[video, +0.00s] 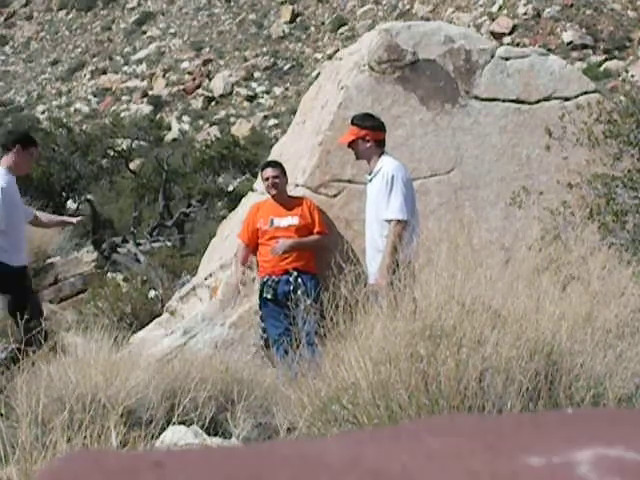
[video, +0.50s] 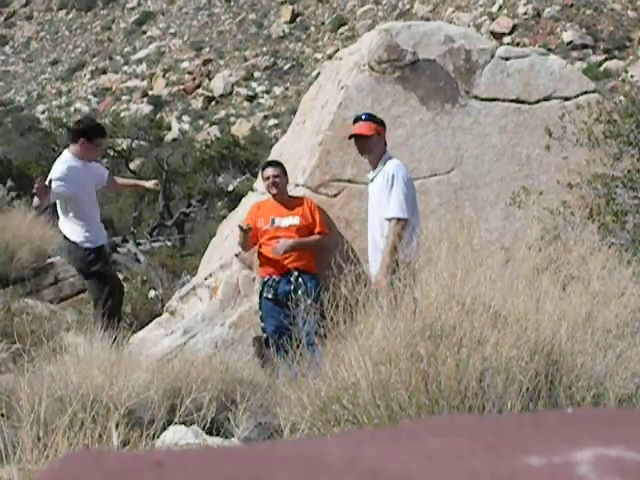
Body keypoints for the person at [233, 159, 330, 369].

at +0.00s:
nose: (272, 182)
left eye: (276, 177)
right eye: (267, 179)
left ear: (285, 179)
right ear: (263, 183)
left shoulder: (306, 206)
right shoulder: (257, 210)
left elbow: (324, 237)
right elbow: (246, 244)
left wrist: (294, 244)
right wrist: (239, 269)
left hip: (304, 277)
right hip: (272, 279)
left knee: (310, 333)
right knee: (279, 338)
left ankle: (314, 379)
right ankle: (288, 382)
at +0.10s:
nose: (272, 182)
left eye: (276, 177)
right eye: (267, 179)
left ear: (285, 179)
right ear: (263, 183)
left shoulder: (306, 205)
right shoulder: (258, 210)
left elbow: (325, 238)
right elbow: (246, 241)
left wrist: (293, 243)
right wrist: (242, 257)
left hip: (304, 278)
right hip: (272, 281)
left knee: (310, 335)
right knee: (279, 339)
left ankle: (315, 381)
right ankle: (289, 383)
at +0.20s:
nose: (272, 182)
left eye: (276, 177)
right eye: (267, 179)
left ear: (285, 178)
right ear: (263, 183)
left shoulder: (306, 205)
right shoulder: (257, 210)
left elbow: (325, 238)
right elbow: (245, 242)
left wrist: (293, 243)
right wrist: (244, 253)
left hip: (304, 279)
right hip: (271, 283)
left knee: (310, 334)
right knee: (279, 340)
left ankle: (315, 380)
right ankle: (289, 383)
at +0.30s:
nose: (272, 181)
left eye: (276, 176)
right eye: (267, 178)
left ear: (285, 178)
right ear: (263, 183)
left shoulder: (306, 205)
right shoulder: (258, 210)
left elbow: (324, 238)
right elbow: (246, 242)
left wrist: (293, 243)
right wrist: (243, 249)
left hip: (304, 278)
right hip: (272, 281)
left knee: (310, 335)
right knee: (278, 338)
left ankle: (315, 381)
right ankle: (288, 384)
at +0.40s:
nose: (272, 181)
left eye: (276, 176)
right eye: (267, 178)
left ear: (286, 179)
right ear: (263, 183)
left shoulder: (306, 205)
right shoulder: (258, 210)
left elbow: (325, 237)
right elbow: (246, 246)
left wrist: (293, 244)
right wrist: (244, 242)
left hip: (304, 277)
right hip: (272, 279)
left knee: (309, 332)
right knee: (276, 334)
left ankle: (316, 379)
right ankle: (288, 380)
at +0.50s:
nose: (272, 181)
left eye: (277, 176)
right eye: (267, 178)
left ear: (286, 179)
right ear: (263, 183)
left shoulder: (306, 205)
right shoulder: (258, 209)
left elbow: (325, 237)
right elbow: (247, 247)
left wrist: (293, 244)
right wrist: (244, 235)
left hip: (304, 276)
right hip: (272, 278)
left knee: (310, 332)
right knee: (276, 335)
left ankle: (317, 378)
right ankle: (288, 380)